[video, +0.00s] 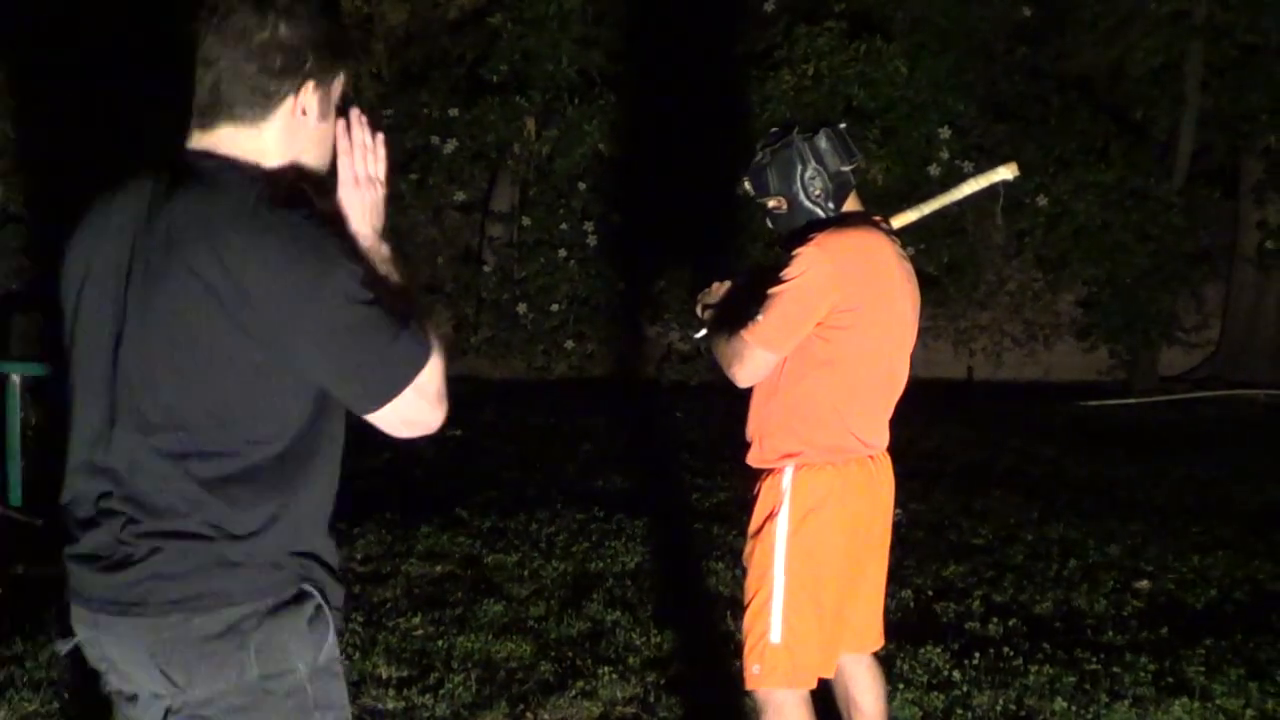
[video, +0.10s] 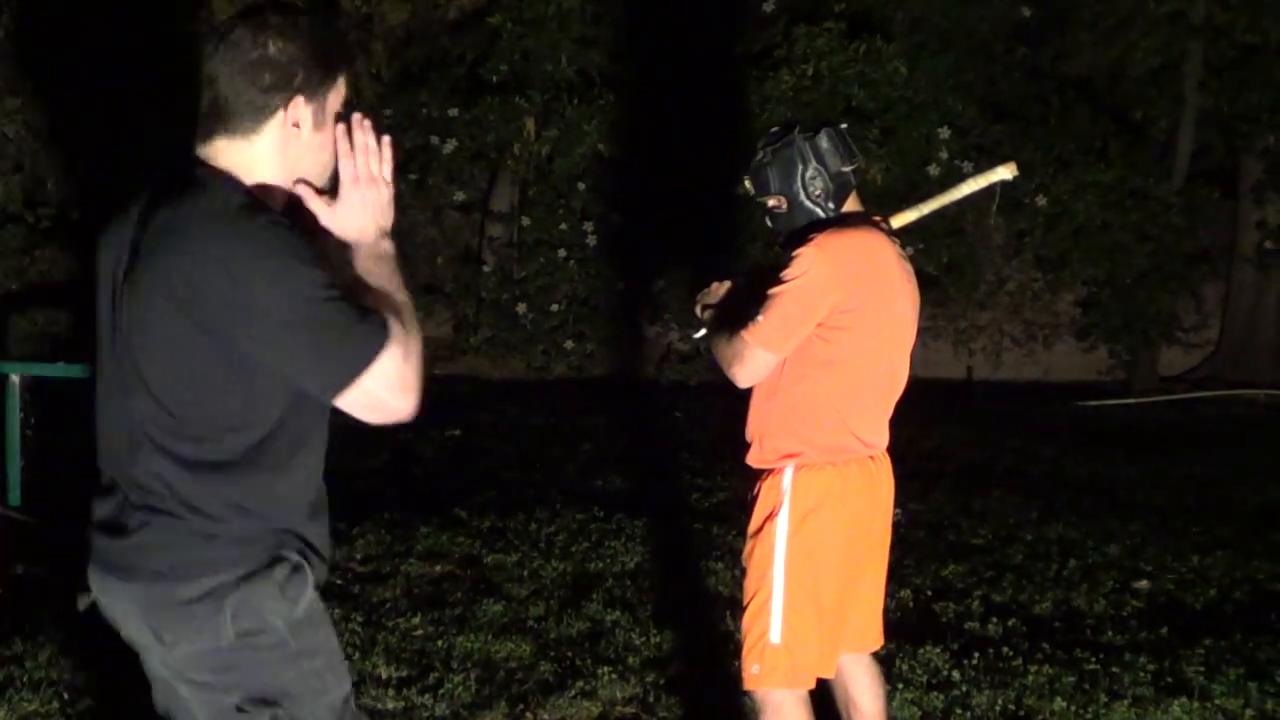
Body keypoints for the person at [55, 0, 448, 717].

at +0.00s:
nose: (337, 125)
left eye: (339, 104)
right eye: (336, 103)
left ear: (211, 87)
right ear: (303, 103)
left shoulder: (106, 225)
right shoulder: (283, 248)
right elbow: (419, 407)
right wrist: (372, 243)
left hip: (111, 612)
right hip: (242, 628)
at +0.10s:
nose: (337, 133)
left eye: (339, 114)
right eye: (334, 113)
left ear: (221, 107)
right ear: (294, 115)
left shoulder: (147, 222)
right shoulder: (252, 256)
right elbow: (394, 391)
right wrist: (375, 246)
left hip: (140, 565)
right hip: (230, 588)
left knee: (203, 710)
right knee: (310, 707)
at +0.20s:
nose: (342, 98)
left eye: (344, 78)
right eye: (337, 77)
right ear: (295, 74)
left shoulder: (193, 181)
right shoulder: (246, 198)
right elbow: (358, 344)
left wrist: (351, 208)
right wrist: (371, 212)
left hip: (173, 503)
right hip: (230, 518)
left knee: (222, 696)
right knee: (329, 704)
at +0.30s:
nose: (355, 76)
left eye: (355, 57)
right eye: (348, 56)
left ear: (291, 54)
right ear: (302, 55)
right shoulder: (244, 168)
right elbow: (354, 312)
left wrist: (362, 192)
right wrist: (375, 193)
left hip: (263, 477)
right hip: (232, 487)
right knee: (284, 702)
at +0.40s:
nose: (362, 115)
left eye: (363, 95)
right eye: (356, 94)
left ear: (305, 92)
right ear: (311, 91)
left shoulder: (279, 189)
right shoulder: (247, 197)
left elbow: (345, 319)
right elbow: (357, 333)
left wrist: (371, 216)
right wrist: (378, 217)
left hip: (295, 498)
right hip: (234, 506)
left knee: (337, 625)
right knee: (267, 696)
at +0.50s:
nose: (367, 145)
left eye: (367, 126)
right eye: (358, 126)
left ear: (310, 132)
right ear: (310, 132)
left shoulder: (305, 225)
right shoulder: (233, 238)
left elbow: (328, 343)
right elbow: (324, 370)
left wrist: (367, 242)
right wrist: (371, 258)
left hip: (312, 502)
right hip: (234, 513)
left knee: (351, 638)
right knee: (288, 692)